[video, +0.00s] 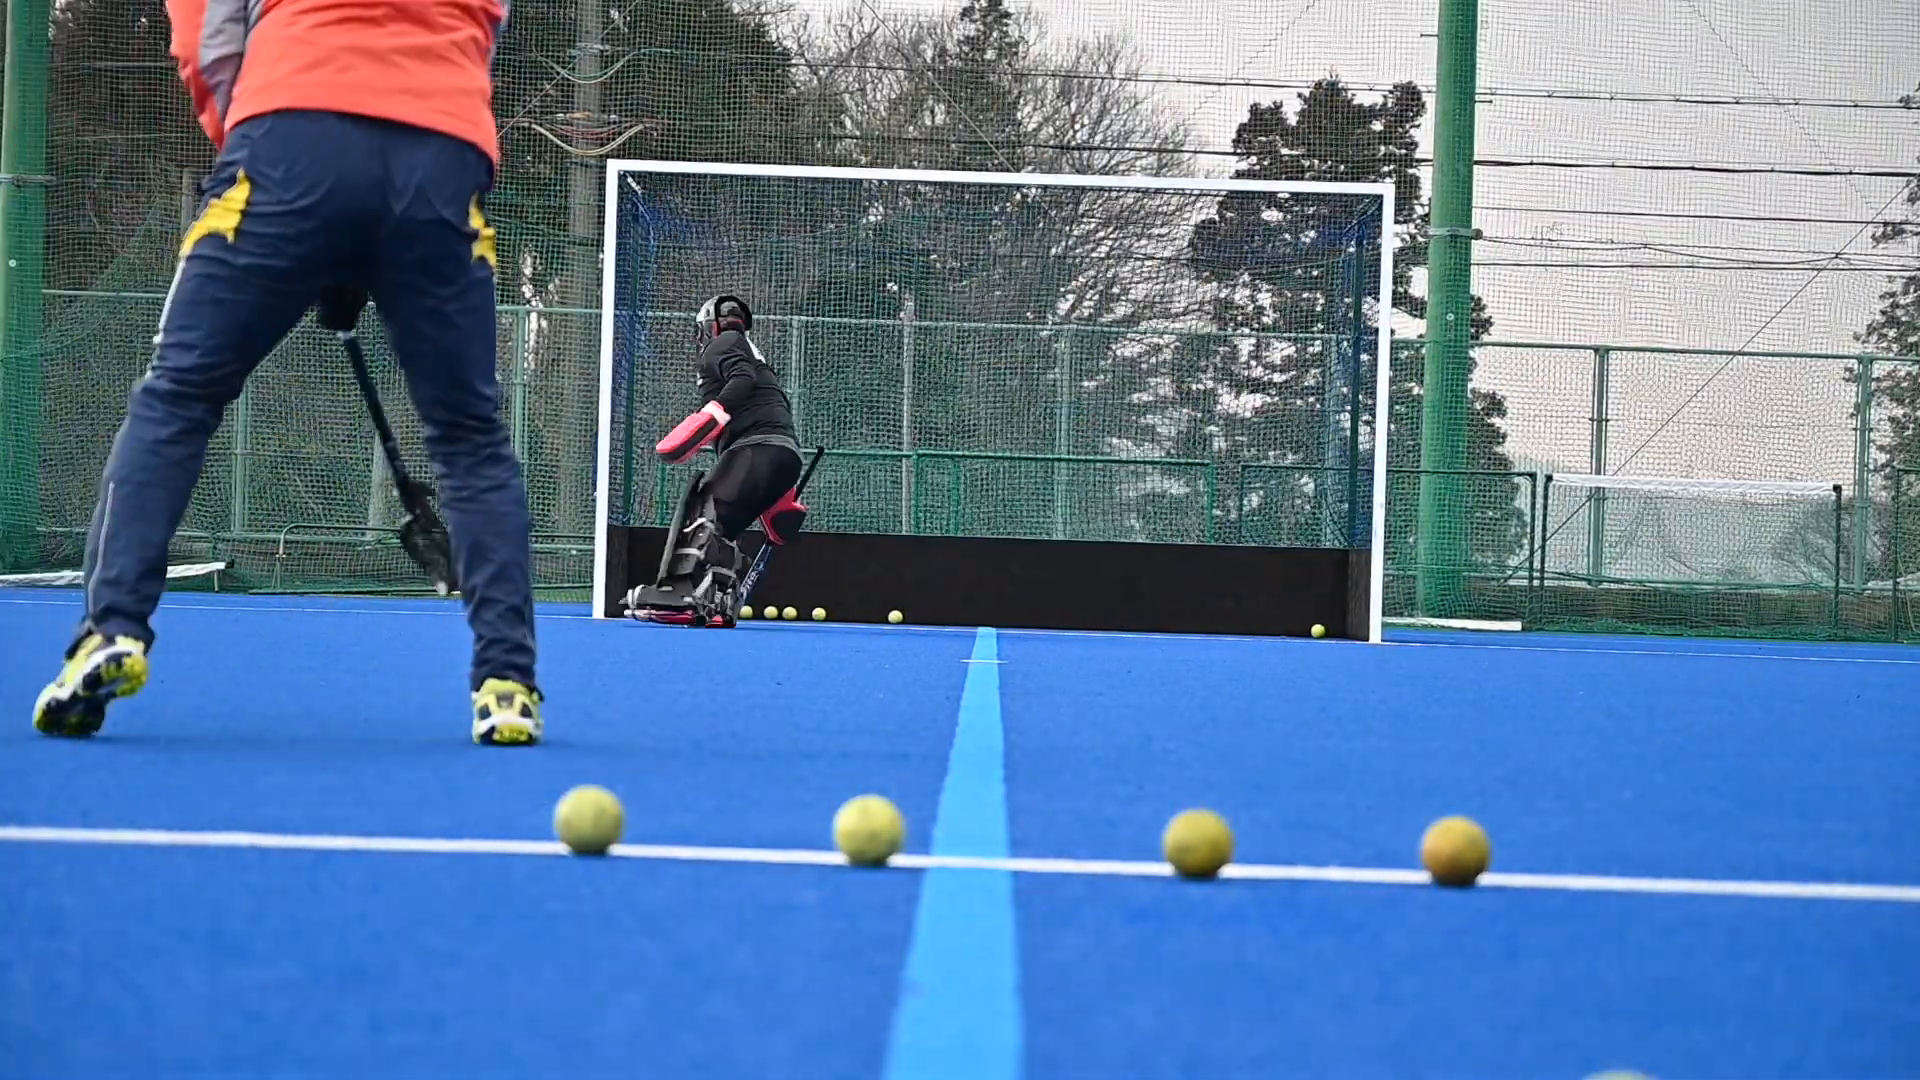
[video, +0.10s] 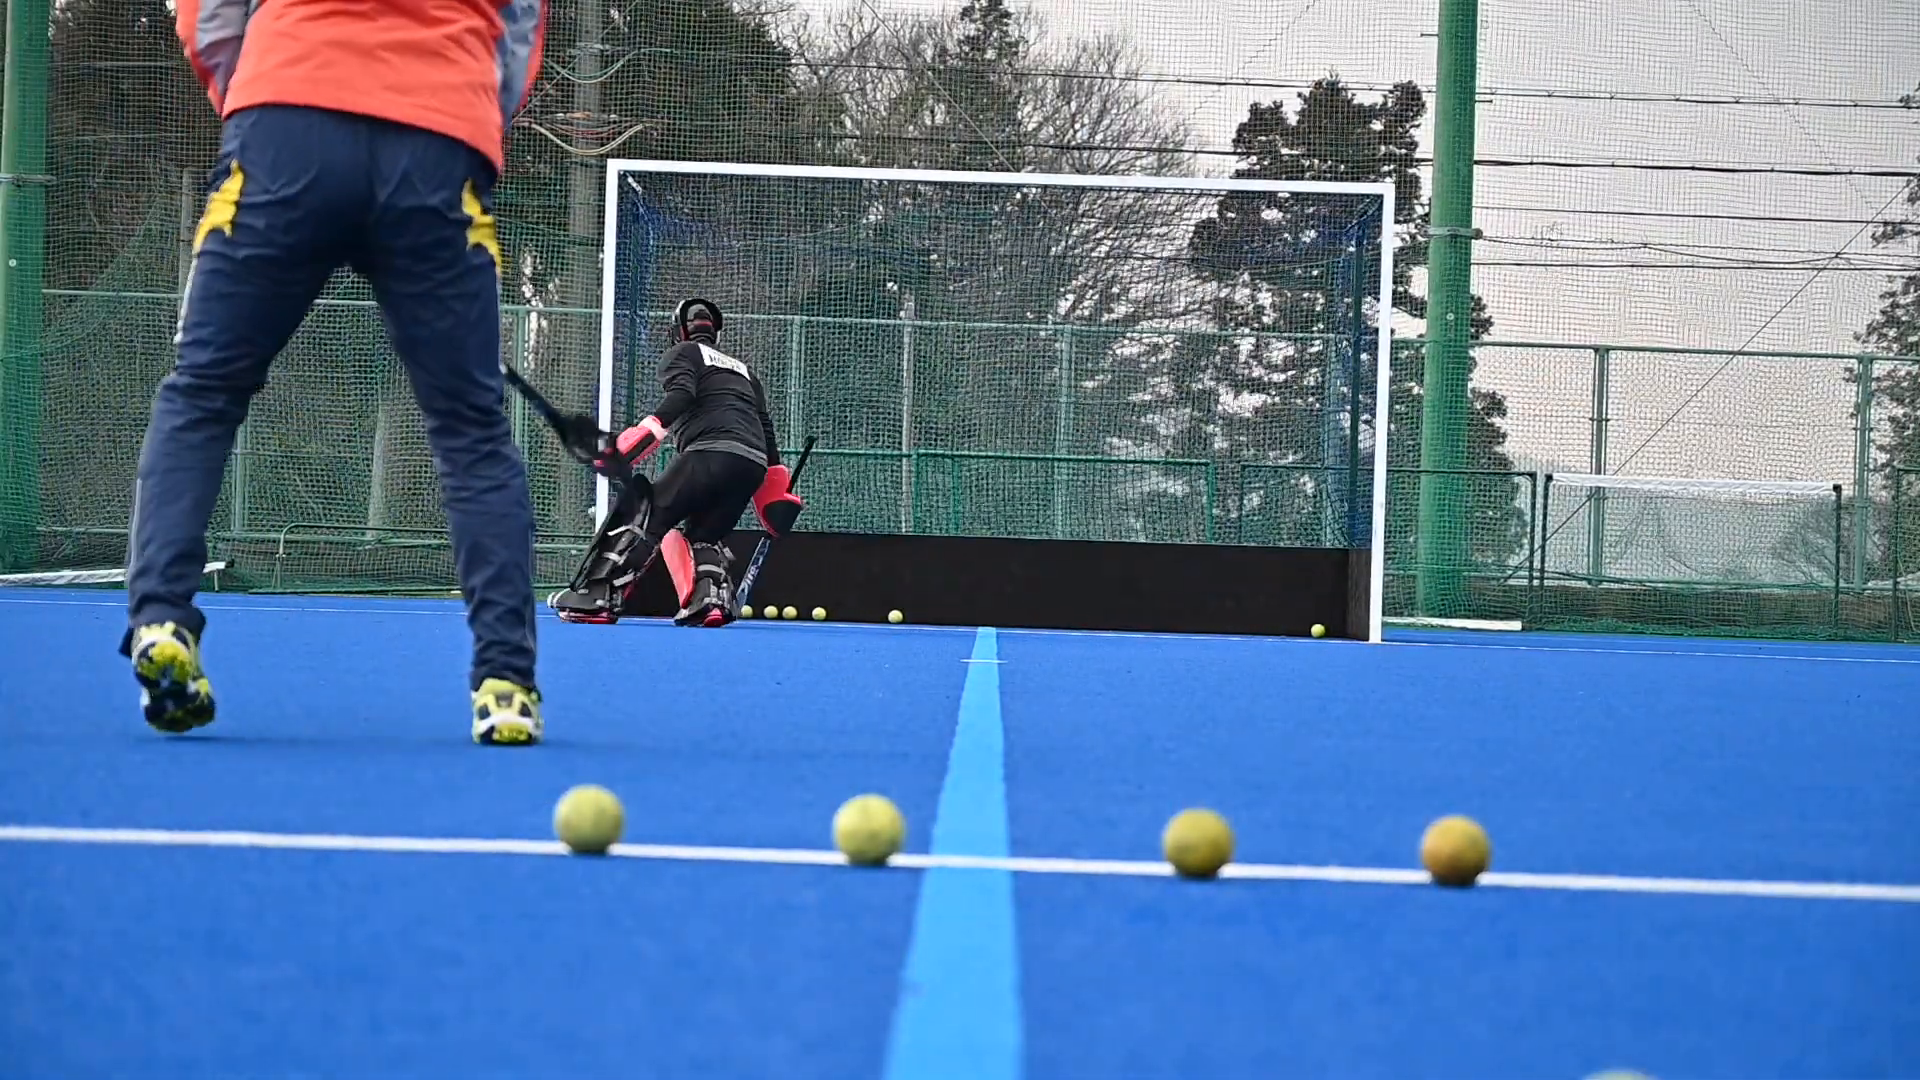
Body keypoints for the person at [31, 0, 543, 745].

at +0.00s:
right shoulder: (479, 2)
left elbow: (208, 46)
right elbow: (455, 70)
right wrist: (354, 244)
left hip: (296, 139)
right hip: (444, 158)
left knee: (179, 395)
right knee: (473, 437)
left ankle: (115, 629)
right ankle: (507, 679)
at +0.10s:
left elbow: (206, 21)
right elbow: (519, 41)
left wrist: (269, 120)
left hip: (288, 134)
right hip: (435, 153)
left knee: (203, 390)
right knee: (473, 429)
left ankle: (161, 620)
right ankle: (506, 678)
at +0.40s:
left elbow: (148, 15)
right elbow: (524, 33)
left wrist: (235, 87)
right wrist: (580, 155)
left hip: (217, 149)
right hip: (370, 155)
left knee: (233, 419)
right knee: (447, 428)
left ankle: (167, 665)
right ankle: (500, 677)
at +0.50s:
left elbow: (128, 14)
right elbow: (486, 15)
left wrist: (223, 78)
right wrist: (571, 142)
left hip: (178, 145)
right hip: (327, 144)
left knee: (211, 423)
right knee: (417, 420)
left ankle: (165, 684)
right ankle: (470, 677)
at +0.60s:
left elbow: (129, 15)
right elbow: (439, 12)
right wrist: (515, 150)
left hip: (155, 142)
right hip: (298, 137)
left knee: (196, 421)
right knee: (395, 411)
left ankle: (165, 685)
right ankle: (378, 678)